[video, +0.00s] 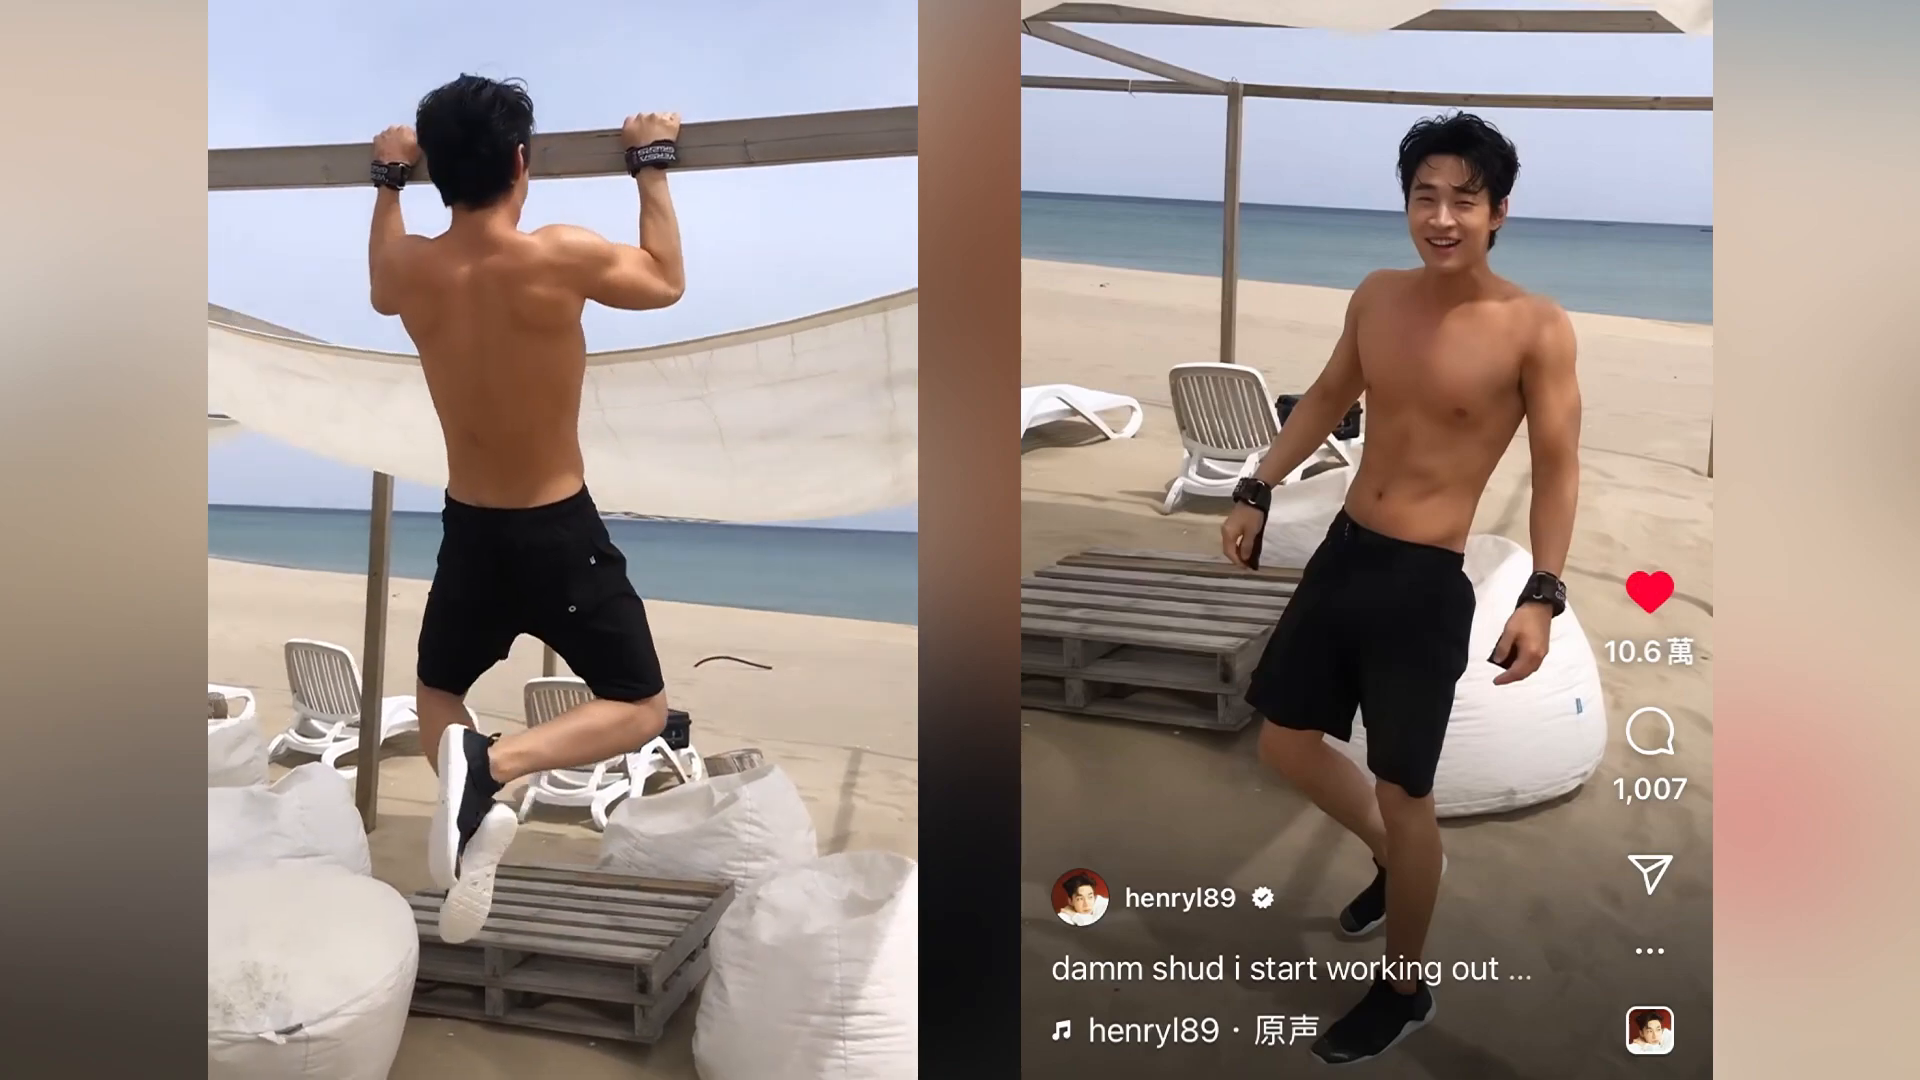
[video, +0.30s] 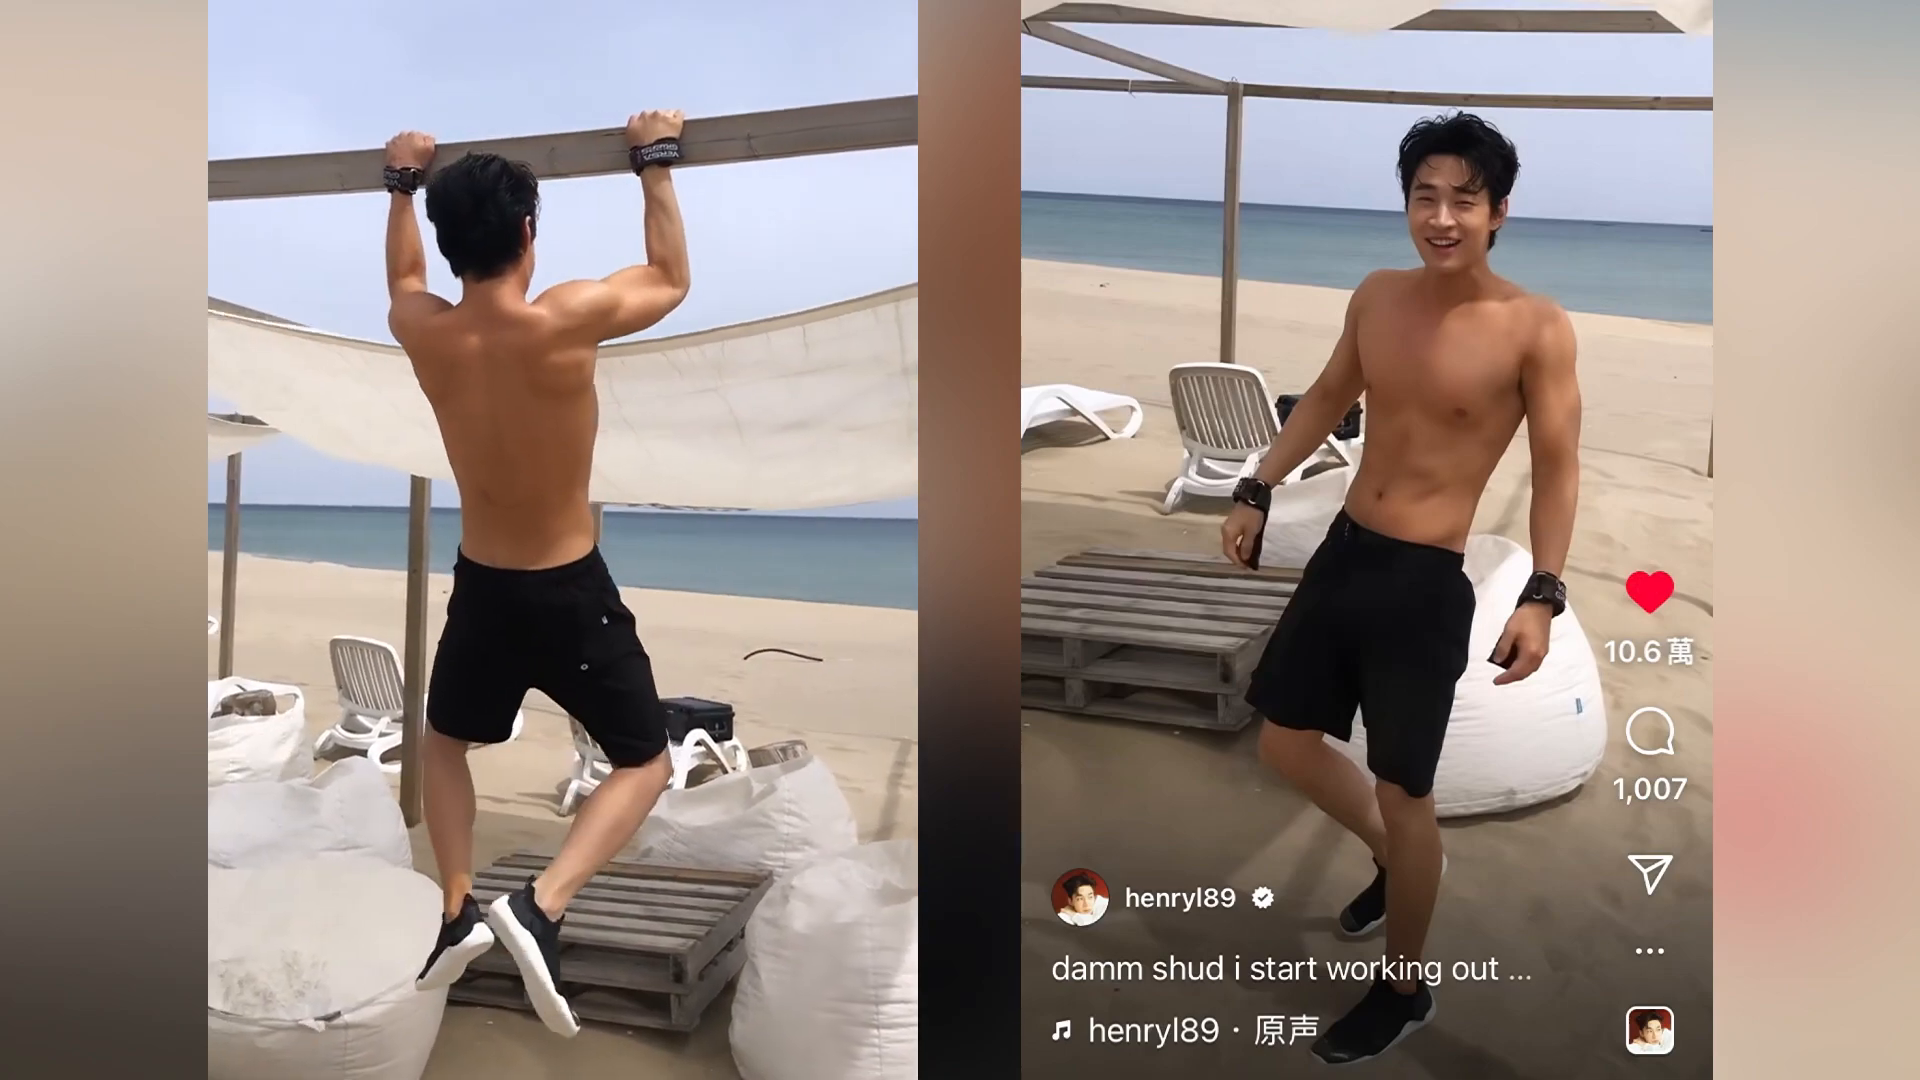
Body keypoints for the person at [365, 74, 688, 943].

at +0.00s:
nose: (532, 158)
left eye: (529, 147)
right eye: (530, 147)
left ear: (434, 176)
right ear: (520, 162)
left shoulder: (410, 266)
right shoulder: (560, 258)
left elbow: (384, 286)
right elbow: (665, 278)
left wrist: (388, 184)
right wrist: (652, 170)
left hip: (470, 537)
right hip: (560, 536)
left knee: (438, 694)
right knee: (639, 708)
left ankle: (474, 834)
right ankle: (493, 764)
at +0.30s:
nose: (539, 233)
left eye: (524, 222)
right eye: (534, 220)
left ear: (453, 245)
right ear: (527, 231)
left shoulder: (427, 332)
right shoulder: (569, 316)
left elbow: (407, 279)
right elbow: (669, 275)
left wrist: (400, 187)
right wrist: (655, 163)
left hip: (482, 595)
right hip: (571, 594)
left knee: (443, 741)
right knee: (644, 762)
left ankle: (459, 908)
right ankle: (541, 907)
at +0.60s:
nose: (536, 240)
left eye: (526, 230)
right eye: (533, 230)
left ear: (445, 253)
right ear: (526, 240)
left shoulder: (421, 334)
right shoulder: (566, 319)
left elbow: (412, 271)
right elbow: (668, 269)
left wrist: (408, 183)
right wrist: (661, 152)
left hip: (469, 614)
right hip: (569, 611)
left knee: (410, 669)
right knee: (705, 686)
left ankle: (425, 834)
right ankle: (704, 876)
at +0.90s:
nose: (512, 190)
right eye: (512, 175)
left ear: (420, 186)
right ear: (500, 178)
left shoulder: (381, 269)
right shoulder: (540, 245)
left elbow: (385, 227)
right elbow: (670, 230)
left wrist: (396, 135)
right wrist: (657, 111)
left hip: (465, 544)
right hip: (571, 530)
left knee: (414, 671)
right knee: (672, 648)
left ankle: (376, 817)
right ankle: (747, 787)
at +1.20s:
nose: (491, 335)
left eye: (409, 342)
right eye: (490, 324)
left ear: (405, 345)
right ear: (486, 328)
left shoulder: (390, 419)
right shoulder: (542, 372)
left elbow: (303, 369)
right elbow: (664, 317)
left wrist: (284, 256)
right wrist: (587, 232)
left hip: (474, 690)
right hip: (578, 680)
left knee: (412, 883)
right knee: (603, 848)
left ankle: (387, 1067)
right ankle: (624, 1026)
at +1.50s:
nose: (404, 731)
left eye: (400, 722)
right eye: (402, 722)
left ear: (411, 722)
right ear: (481, 701)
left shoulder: (400, 794)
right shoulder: (558, 743)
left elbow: (299, 877)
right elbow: (667, 805)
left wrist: (283, 882)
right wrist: (610, 782)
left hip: (513, 1055)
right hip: (620, 1044)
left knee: (369, 1006)